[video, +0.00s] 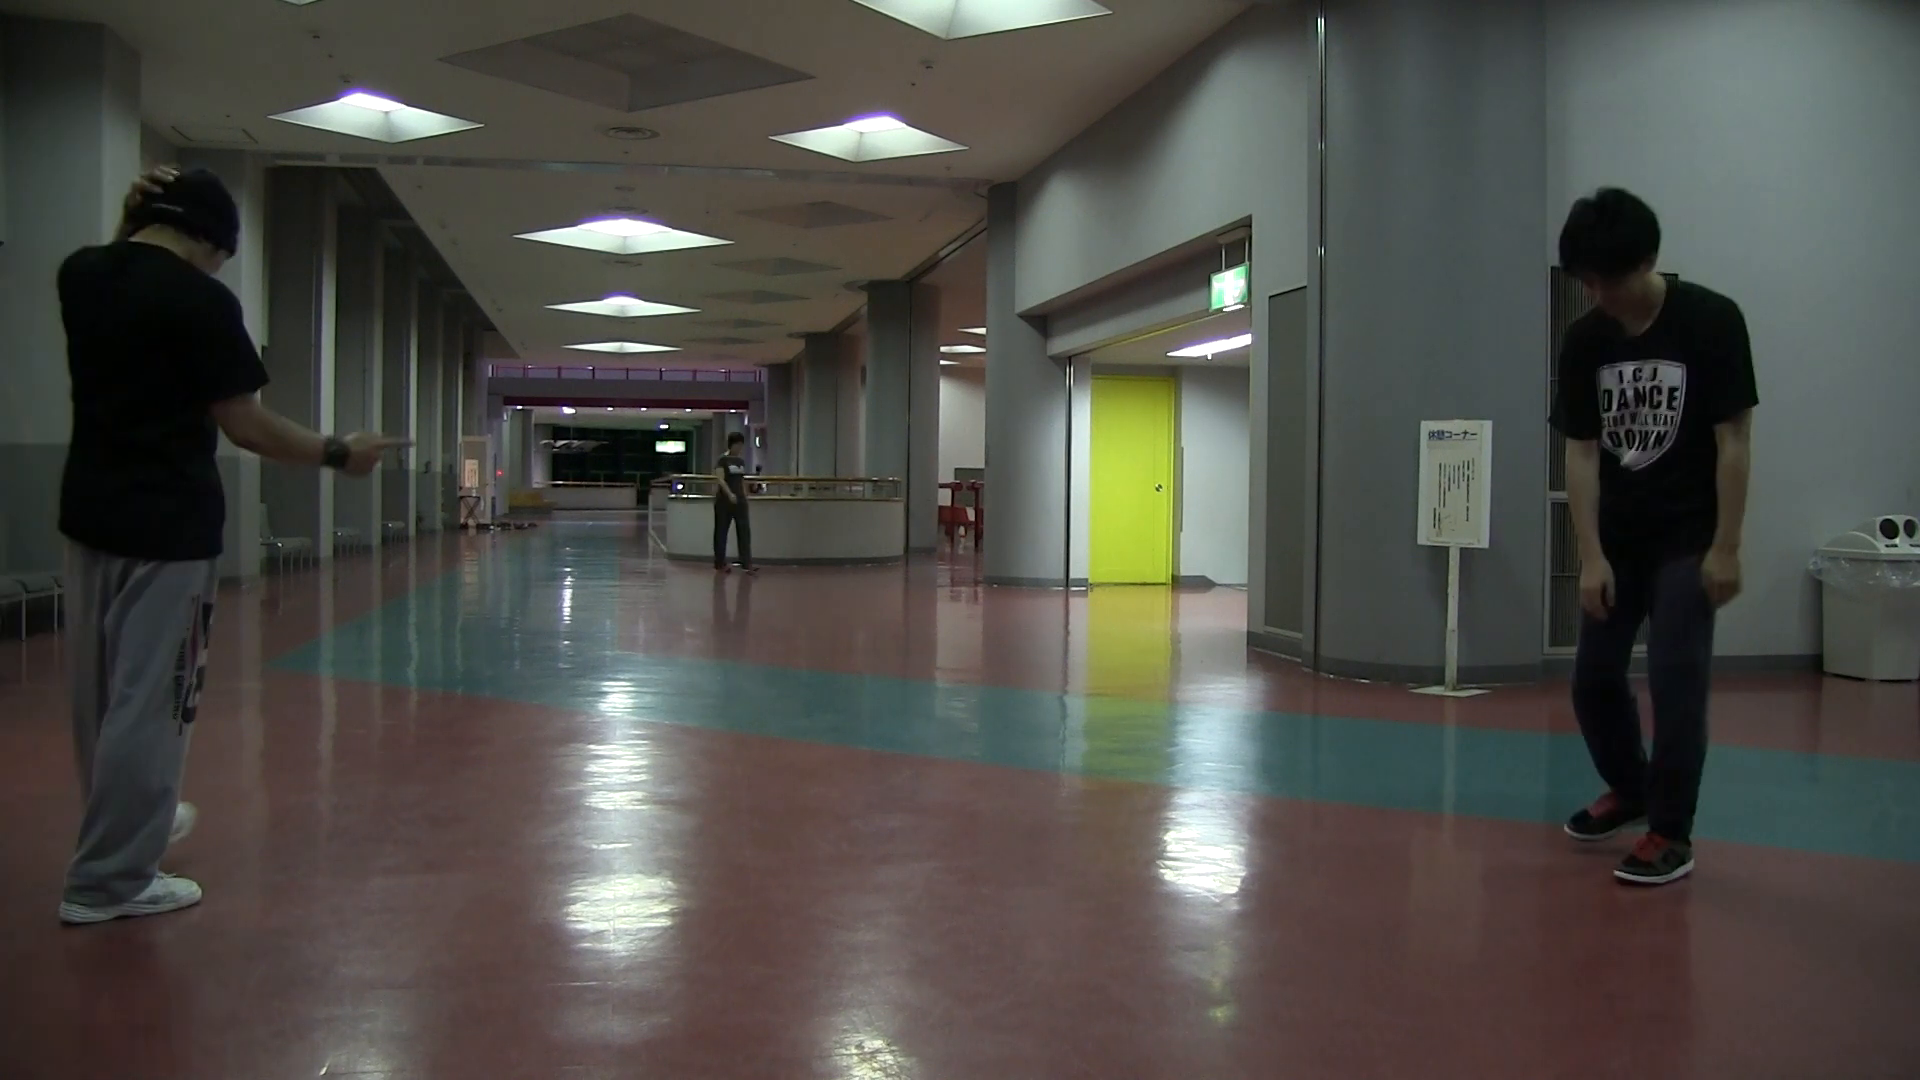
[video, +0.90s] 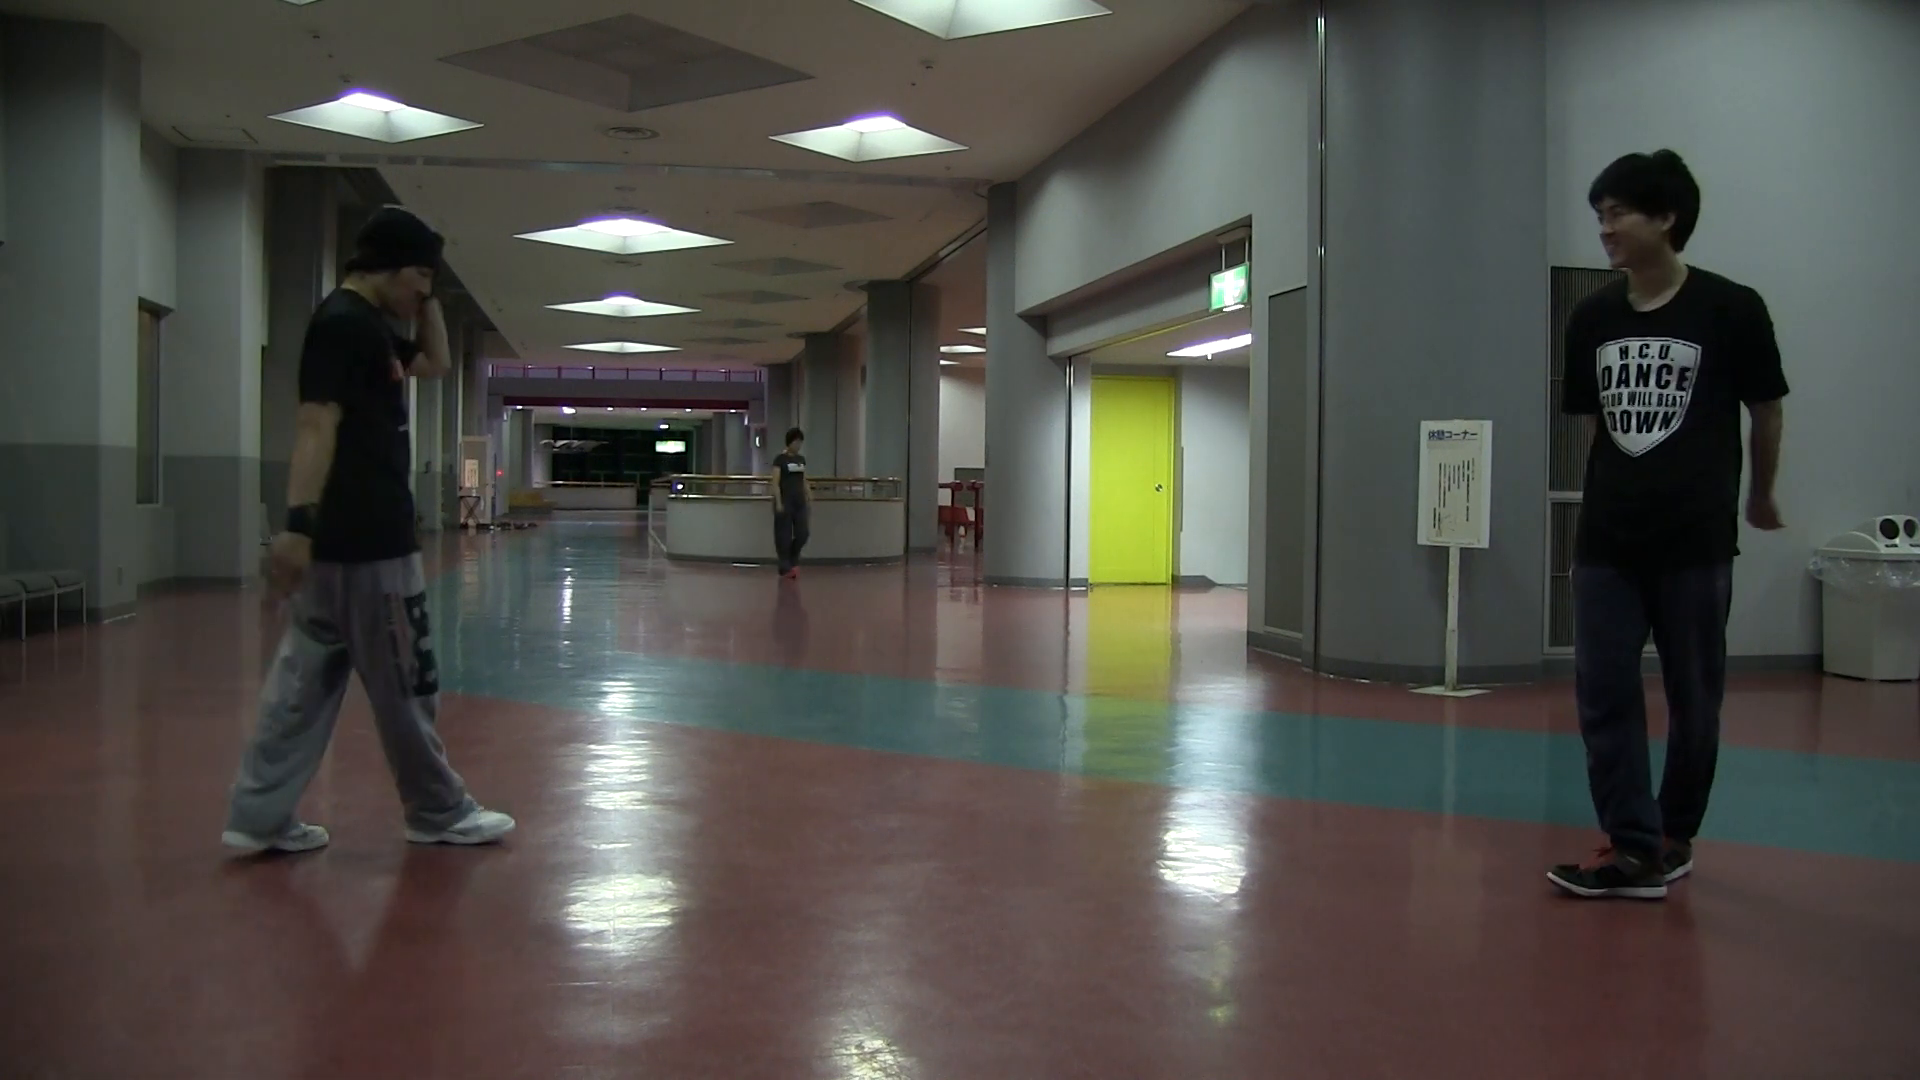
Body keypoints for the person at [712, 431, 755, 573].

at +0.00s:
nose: (740, 449)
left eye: (741, 446)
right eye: (738, 445)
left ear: (741, 446)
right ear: (731, 445)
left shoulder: (740, 462)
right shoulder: (722, 460)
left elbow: (742, 480)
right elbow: (720, 479)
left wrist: (745, 495)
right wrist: (730, 494)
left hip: (739, 498)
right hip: (724, 499)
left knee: (744, 531)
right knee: (721, 532)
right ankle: (720, 562)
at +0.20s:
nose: (755, 450)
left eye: (757, 447)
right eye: (753, 447)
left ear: (757, 448)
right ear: (746, 447)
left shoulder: (755, 463)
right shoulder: (737, 462)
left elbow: (754, 480)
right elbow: (737, 480)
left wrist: (761, 485)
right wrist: (750, 490)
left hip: (754, 501)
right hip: (739, 502)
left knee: (757, 534)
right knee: (735, 533)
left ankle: (761, 565)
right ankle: (722, 561)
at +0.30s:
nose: (762, 448)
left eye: (763, 445)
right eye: (760, 445)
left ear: (763, 446)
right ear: (754, 444)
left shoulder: (761, 462)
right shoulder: (744, 461)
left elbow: (761, 482)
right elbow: (741, 482)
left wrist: (765, 496)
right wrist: (750, 497)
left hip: (762, 499)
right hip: (747, 499)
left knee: (761, 534)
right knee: (748, 534)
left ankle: (760, 564)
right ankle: (731, 556)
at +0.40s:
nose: (767, 447)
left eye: (769, 444)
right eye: (765, 444)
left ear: (769, 445)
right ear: (758, 444)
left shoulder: (768, 462)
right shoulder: (749, 461)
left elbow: (770, 484)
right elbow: (744, 483)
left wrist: (774, 502)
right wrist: (745, 502)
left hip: (767, 502)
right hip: (754, 502)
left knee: (764, 532)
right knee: (758, 531)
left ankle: (762, 563)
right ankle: (747, 556)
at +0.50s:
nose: (773, 447)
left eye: (774, 444)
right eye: (771, 444)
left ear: (774, 445)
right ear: (764, 445)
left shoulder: (776, 462)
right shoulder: (754, 462)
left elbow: (780, 480)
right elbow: (745, 483)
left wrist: (788, 492)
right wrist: (741, 502)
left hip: (772, 500)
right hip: (758, 501)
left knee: (767, 533)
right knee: (764, 532)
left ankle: (761, 565)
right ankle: (762, 566)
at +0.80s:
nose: (793, 448)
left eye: (794, 444)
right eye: (790, 444)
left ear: (795, 446)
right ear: (783, 445)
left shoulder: (795, 462)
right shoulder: (773, 462)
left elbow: (800, 481)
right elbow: (765, 484)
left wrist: (811, 494)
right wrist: (761, 504)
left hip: (791, 502)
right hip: (776, 503)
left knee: (791, 536)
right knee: (782, 534)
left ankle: (774, 556)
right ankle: (784, 567)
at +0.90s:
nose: (799, 445)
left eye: (800, 442)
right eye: (797, 442)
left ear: (800, 443)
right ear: (790, 442)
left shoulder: (801, 460)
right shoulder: (780, 460)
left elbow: (803, 480)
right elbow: (775, 483)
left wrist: (808, 495)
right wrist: (778, 502)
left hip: (800, 503)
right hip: (785, 503)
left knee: (802, 533)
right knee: (784, 535)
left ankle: (791, 562)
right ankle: (784, 567)